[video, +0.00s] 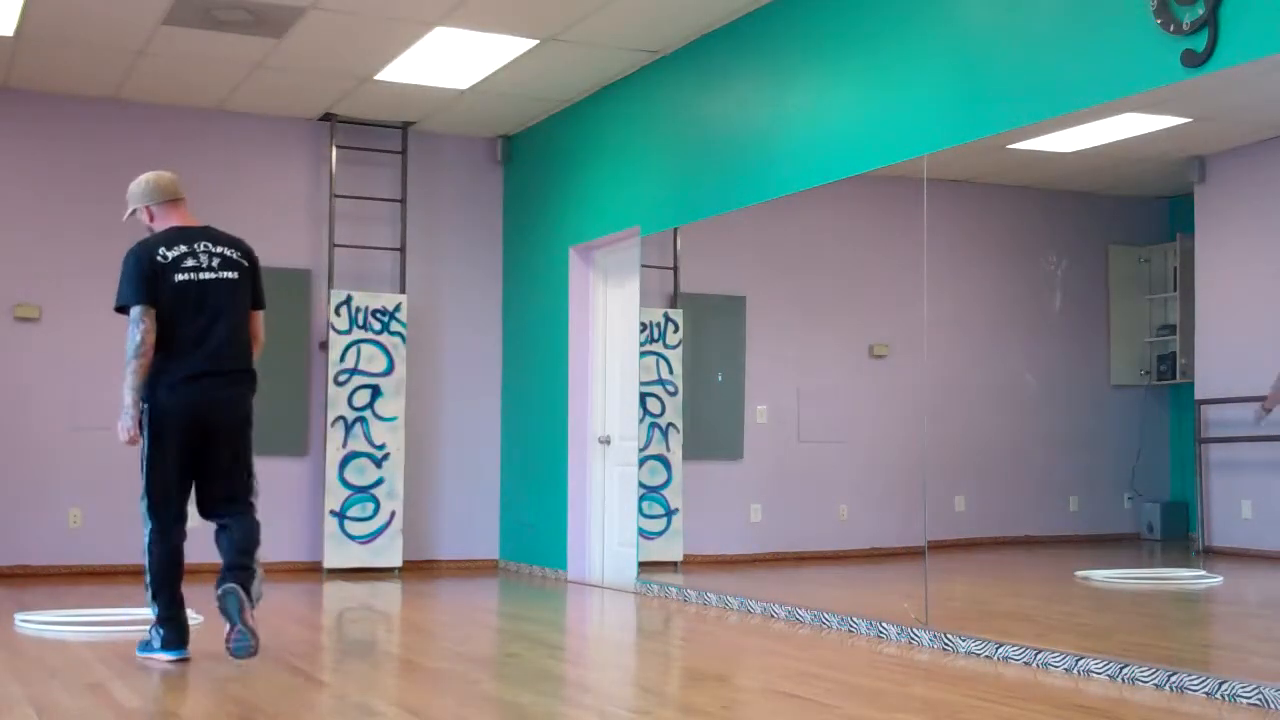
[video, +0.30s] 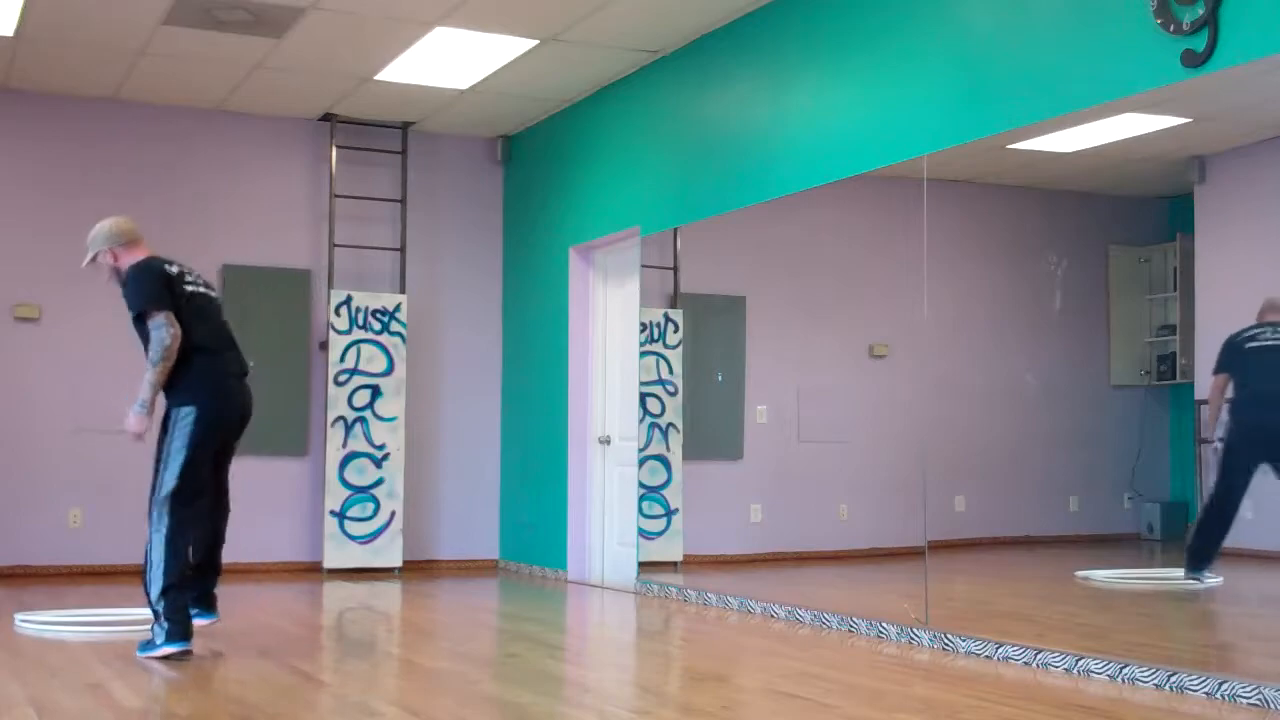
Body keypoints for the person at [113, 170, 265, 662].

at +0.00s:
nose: (135, 225)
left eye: (134, 218)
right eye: (135, 218)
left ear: (146, 213)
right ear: (183, 204)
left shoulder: (145, 256)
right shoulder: (239, 250)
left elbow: (144, 337)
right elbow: (255, 335)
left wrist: (130, 405)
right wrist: (230, 379)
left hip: (170, 402)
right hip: (231, 400)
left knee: (164, 516)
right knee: (234, 504)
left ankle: (169, 632)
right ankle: (237, 584)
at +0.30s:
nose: (104, 272)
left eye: (101, 264)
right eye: (100, 266)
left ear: (112, 255)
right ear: (139, 246)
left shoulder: (140, 275)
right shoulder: (182, 272)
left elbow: (166, 332)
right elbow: (211, 332)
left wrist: (144, 404)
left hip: (198, 398)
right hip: (232, 395)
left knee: (170, 502)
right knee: (209, 496)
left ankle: (171, 627)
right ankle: (200, 599)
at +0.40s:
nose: (85, 320)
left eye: (81, 310)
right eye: (80, 314)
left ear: (96, 298)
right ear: (101, 299)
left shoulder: (139, 306)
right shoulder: (142, 325)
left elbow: (187, 347)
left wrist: (184, 421)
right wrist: (185, 469)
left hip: (225, 410)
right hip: (217, 413)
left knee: (196, 512)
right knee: (189, 511)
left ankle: (189, 629)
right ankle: (191, 612)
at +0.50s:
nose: (77, 383)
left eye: (71, 373)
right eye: (70, 377)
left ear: (84, 357)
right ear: (86, 358)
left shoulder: (132, 346)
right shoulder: (141, 387)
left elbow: (192, 361)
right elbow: (163, 453)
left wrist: (227, 420)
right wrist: (161, 521)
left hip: (246, 409)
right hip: (226, 421)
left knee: (229, 514)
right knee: (196, 509)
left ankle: (223, 621)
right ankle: (196, 609)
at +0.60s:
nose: (84, 432)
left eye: (77, 423)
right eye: (77, 427)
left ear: (88, 405)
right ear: (91, 408)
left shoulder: (132, 374)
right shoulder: (142, 430)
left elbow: (193, 368)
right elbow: (148, 493)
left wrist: (241, 415)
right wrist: (133, 559)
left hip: (252, 407)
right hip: (227, 424)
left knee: (267, 509)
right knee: (197, 508)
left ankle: (283, 610)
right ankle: (202, 608)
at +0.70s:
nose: (90, 454)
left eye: (84, 446)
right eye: (83, 451)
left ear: (93, 424)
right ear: (96, 432)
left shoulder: (137, 391)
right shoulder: (140, 451)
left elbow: (199, 376)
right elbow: (136, 516)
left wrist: (253, 414)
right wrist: (115, 581)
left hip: (253, 413)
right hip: (227, 434)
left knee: (292, 500)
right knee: (194, 510)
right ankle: (201, 609)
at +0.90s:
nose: (90, 419)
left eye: (88, 409)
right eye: (85, 414)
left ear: (108, 390)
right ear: (105, 402)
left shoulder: (163, 372)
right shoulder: (145, 436)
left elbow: (229, 369)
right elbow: (152, 496)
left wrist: (276, 409)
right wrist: (126, 554)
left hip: (268, 410)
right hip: (237, 438)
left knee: (307, 499)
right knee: (203, 508)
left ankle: (397, 544)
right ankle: (202, 607)